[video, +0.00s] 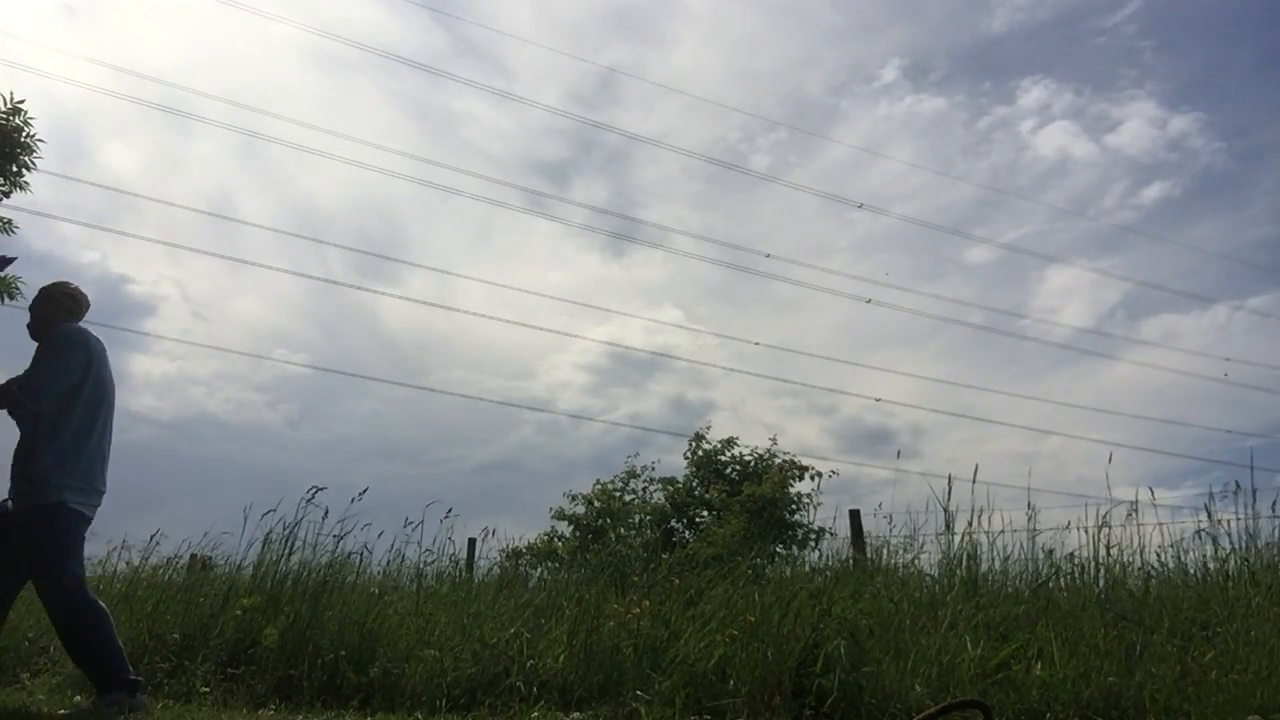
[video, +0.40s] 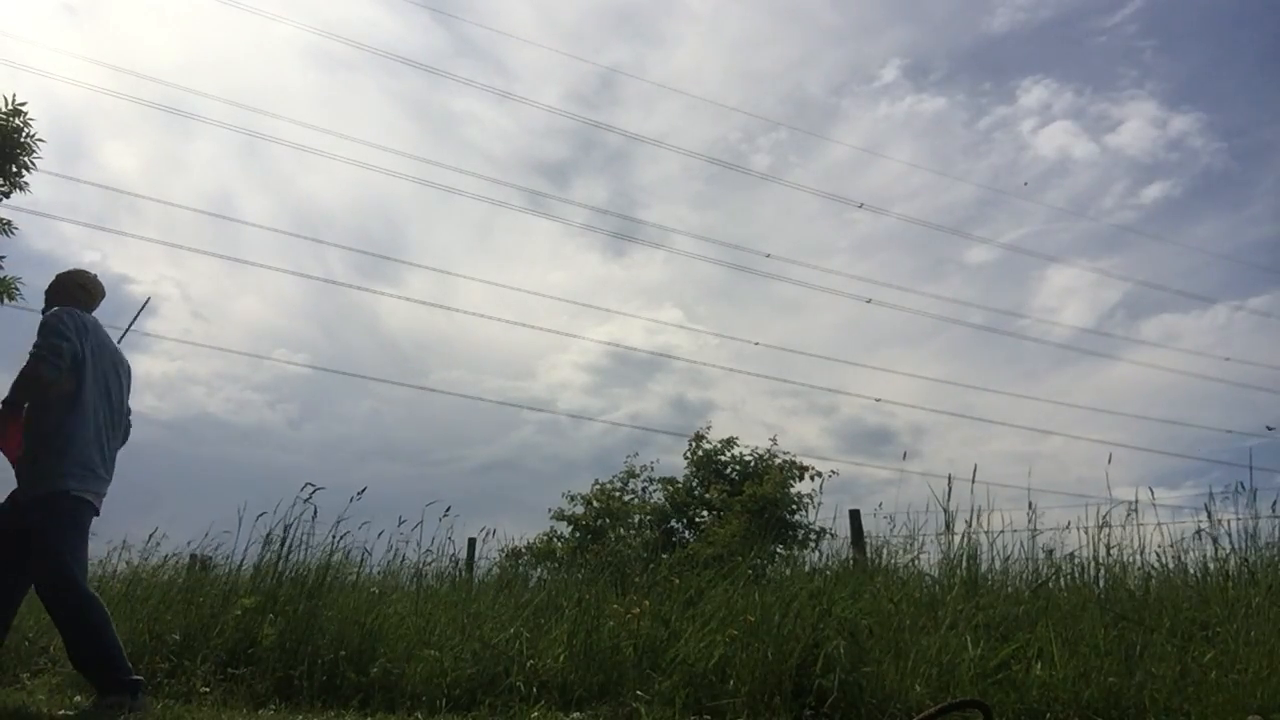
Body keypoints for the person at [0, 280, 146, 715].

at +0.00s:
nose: (29, 321)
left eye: (34, 311)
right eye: (30, 313)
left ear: (53, 308)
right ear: (69, 311)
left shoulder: (68, 339)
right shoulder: (85, 349)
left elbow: (36, 405)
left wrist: (11, 390)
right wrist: (19, 392)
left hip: (53, 493)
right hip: (64, 494)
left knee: (64, 593)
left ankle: (120, 691)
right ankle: (117, 689)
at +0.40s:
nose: (49, 307)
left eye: (51, 300)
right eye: (51, 301)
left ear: (61, 296)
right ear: (90, 303)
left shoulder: (62, 318)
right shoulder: (117, 356)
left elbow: (46, 368)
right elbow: (122, 429)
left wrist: (10, 405)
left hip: (53, 476)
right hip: (85, 483)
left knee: (61, 584)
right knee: (8, 575)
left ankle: (121, 690)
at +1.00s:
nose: (25, 271)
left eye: (35, 265)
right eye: (27, 266)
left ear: (60, 271)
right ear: (37, 279)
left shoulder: (91, 303)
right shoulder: (21, 321)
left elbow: (83, 237)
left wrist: (35, 183)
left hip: (83, 428)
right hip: (29, 429)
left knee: (39, 377)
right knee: (6, 517)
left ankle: (54, 492)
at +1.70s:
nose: (131, 294)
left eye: (144, 288)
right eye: (125, 286)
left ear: (162, 300)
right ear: (114, 298)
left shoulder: (189, 360)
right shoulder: (85, 358)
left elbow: (227, 416)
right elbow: (55, 408)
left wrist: (236, 424)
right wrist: (27, 364)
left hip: (132, 500)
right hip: (67, 495)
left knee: (121, 576)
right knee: (10, 569)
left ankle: (154, 696)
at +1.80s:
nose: (162, 285)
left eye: (173, 278)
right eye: (154, 276)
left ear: (186, 290)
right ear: (141, 284)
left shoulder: (203, 346)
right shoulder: (113, 334)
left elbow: (239, 402)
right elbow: (95, 388)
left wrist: (211, 361)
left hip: (156, 486)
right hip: (91, 476)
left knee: (150, 570)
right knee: (35, 574)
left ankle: (156, 693)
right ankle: (1, 676)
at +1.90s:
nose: (174, 276)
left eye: (185, 271)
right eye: (167, 266)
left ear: (197, 284)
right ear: (148, 274)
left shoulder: (209, 334)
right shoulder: (120, 321)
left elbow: (242, 365)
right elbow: (117, 368)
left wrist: (180, 329)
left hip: (165, 482)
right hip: (97, 471)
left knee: (163, 572)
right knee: (55, 578)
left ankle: (158, 692)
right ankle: (18, 687)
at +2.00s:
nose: (185, 273)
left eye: (194, 268)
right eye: (177, 263)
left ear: (202, 281)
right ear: (156, 269)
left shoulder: (209, 323)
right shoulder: (129, 318)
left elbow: (224, 346)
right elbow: (167, 372)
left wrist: (148, 313)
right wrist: (234, 408)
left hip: (166, 476)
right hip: (101, 468)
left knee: (160, 571)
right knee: (65, 579)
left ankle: (160, 691)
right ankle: (35, 692)